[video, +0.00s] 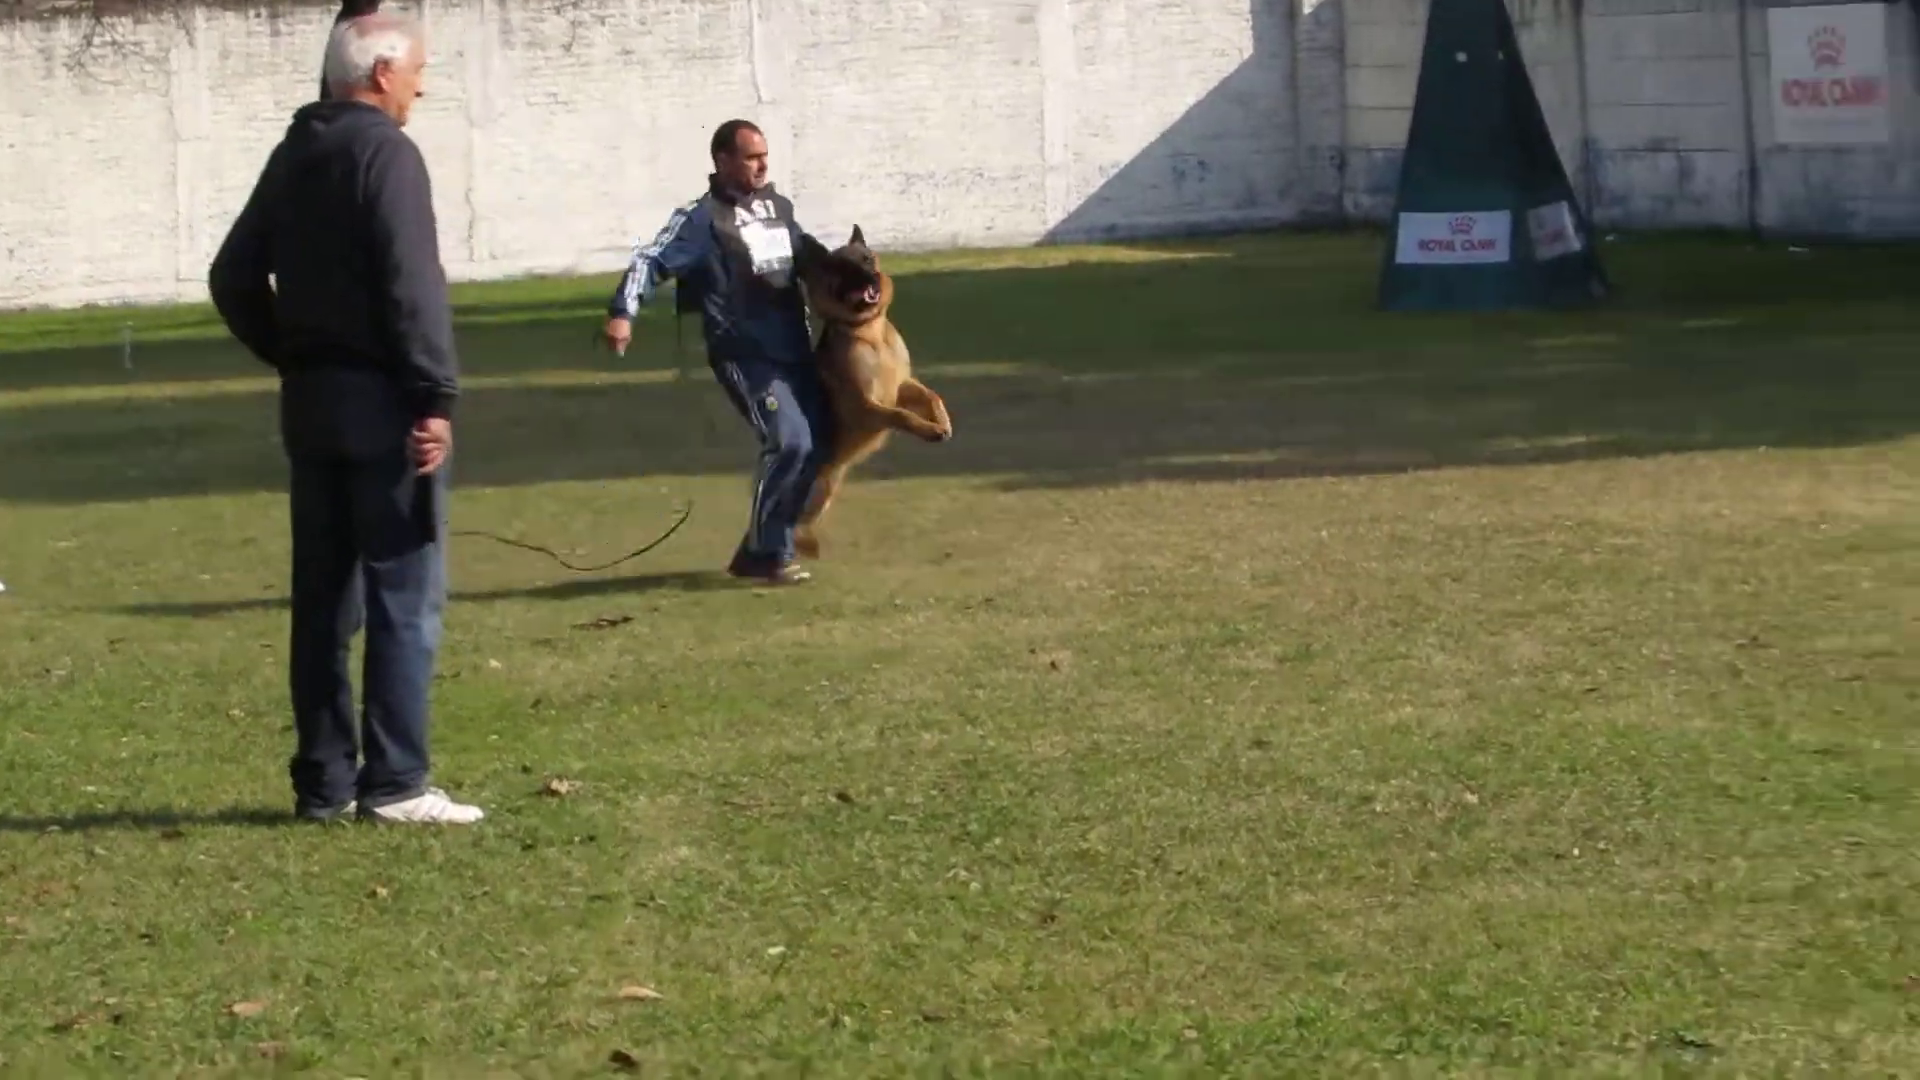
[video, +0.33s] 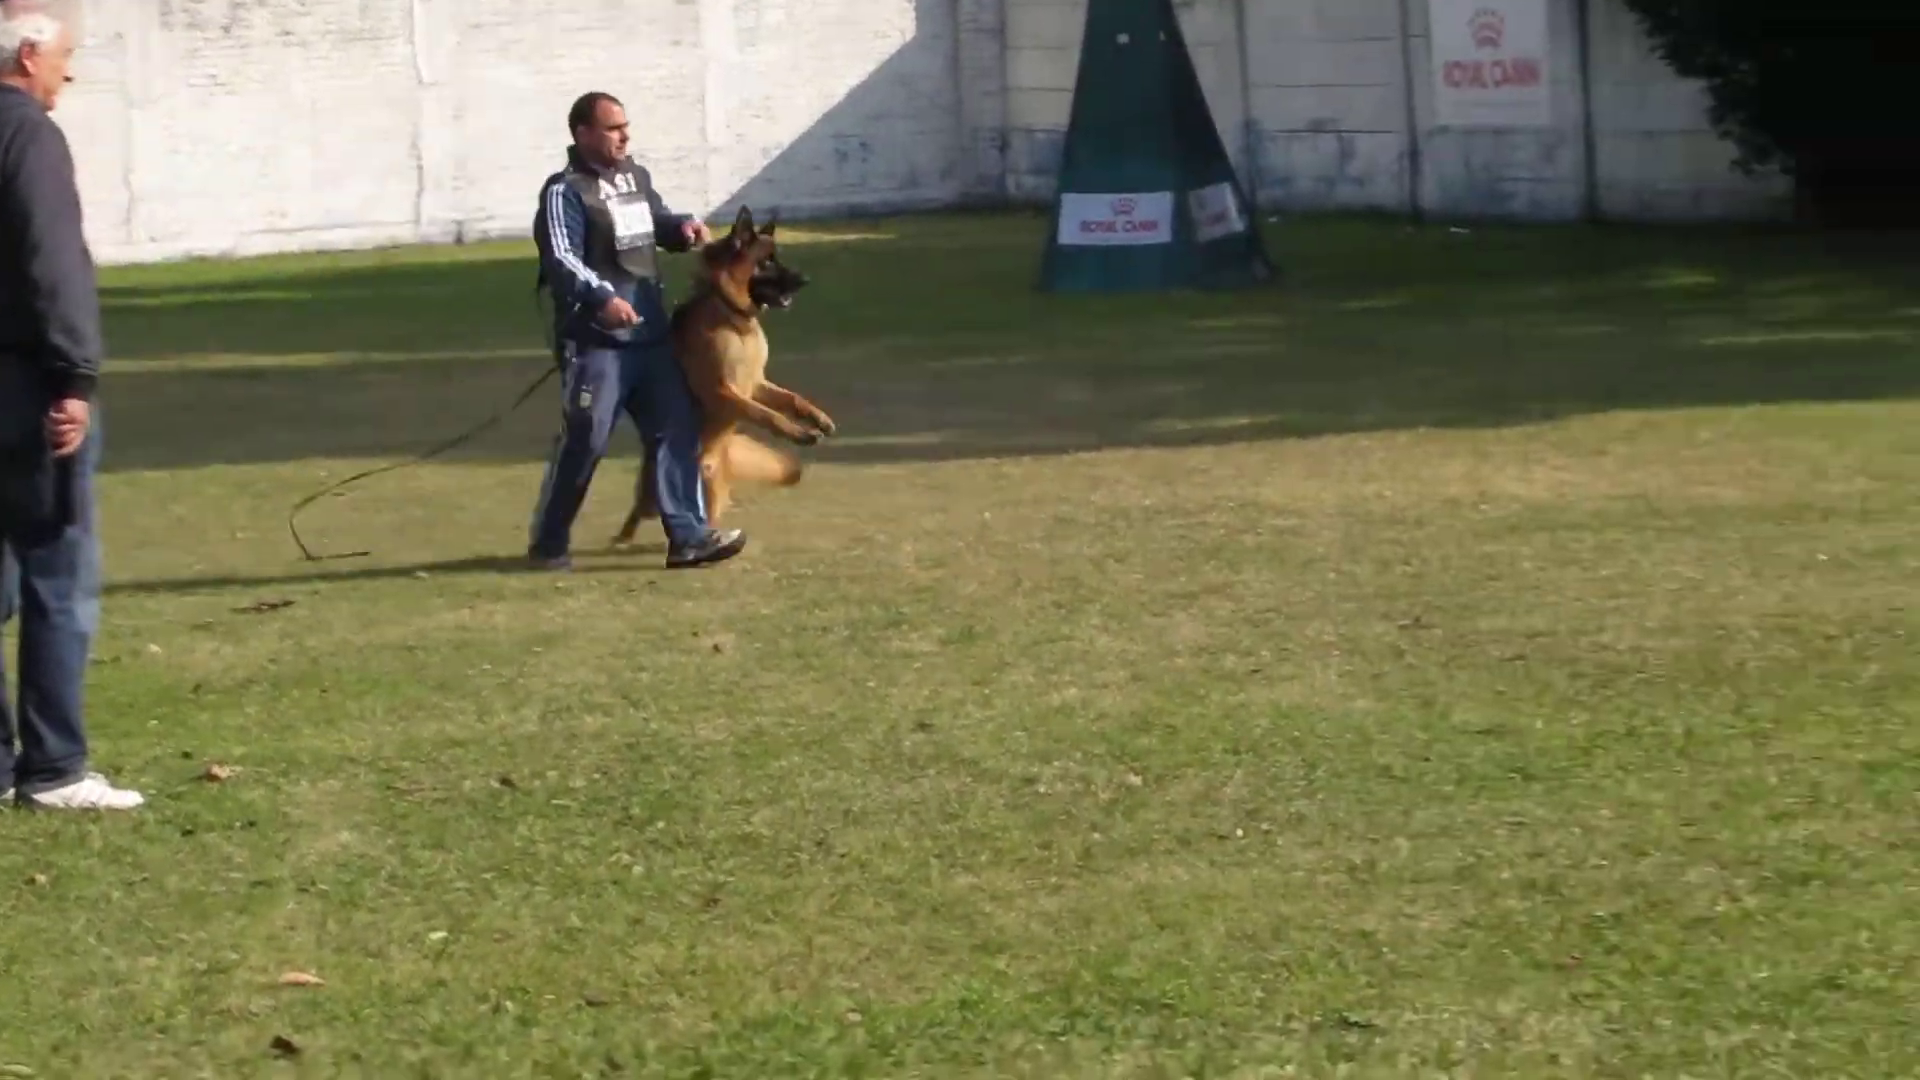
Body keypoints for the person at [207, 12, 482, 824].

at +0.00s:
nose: (421, 86)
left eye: (421, 70)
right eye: (417, 71)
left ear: (351, 72)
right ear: (384, 73)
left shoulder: (296, 147)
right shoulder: (387, 151)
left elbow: (233, 275)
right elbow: (413, 280)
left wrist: (295, 359)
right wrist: (436, 396)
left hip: (313, 406)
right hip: (386, 406)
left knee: (322, 596)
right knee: (406, 597)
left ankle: (325, 783)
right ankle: (397, 784)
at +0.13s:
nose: (300, 80)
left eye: (300, 65)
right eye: (296, 66)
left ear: (231, 63)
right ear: (263, 63)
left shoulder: (176, 136)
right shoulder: (263, 139)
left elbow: (113, 267)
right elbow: (287, 268)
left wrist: (173, 348)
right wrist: (311, 386)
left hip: (193, 393)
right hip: (261, 393)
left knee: (204, 586)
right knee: (289, 586)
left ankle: (210, 775)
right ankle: (283, 776)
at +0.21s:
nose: (213, 76)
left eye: (214, 61)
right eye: (210, 61)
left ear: (148, 60)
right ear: (176, 60)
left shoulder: (90, 133)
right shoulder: (174, 136)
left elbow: (27, 260)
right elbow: (198, 261)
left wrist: (84, 343)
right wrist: (221, 381)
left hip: (105, 389)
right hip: (173, 388)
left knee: (116, 582)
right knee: (201, 584)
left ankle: (122, 772)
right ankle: (195, 773)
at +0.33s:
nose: (70, 69)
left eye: (70, 54)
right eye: (65, 54)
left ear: (19, 53)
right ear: (29, 53)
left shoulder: (14, 125)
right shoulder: (28, 132)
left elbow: (50, 256)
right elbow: (51, 259)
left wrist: (68, 375)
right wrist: (75, 375)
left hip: (18, 393)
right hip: (32, 394)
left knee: (13, 583)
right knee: (61, 581)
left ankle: (17, 762)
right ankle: (53, 767)